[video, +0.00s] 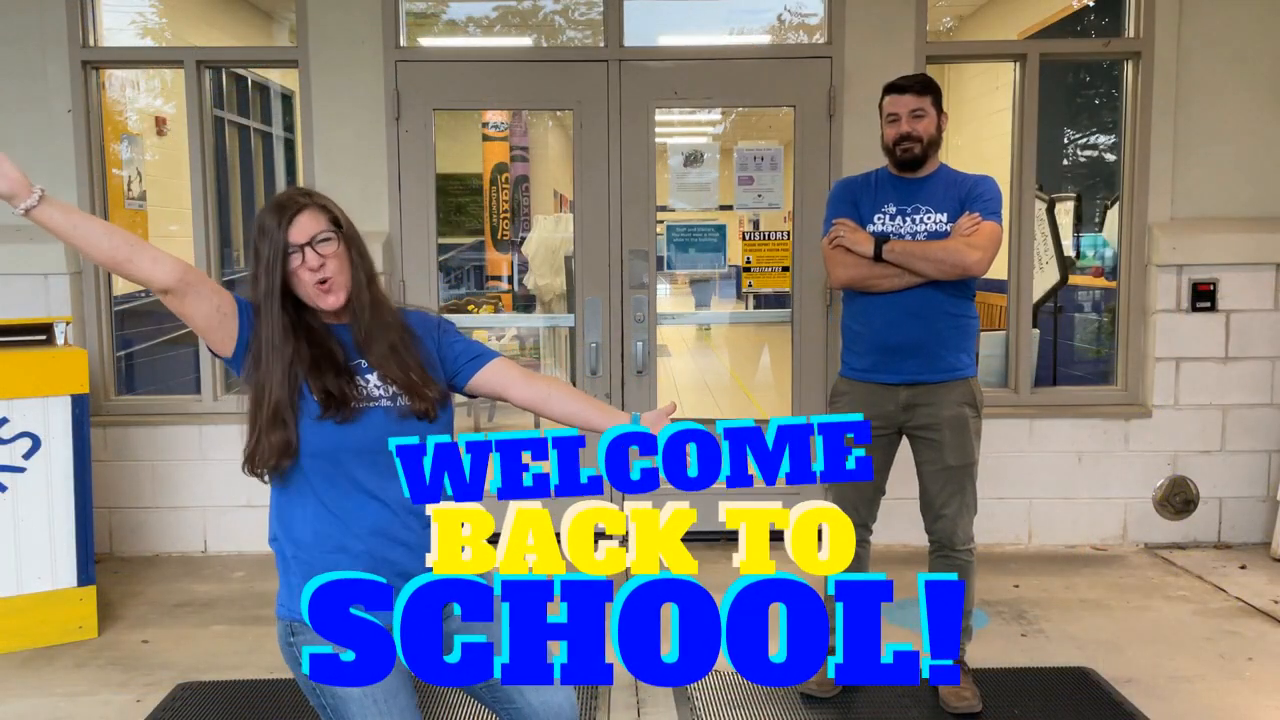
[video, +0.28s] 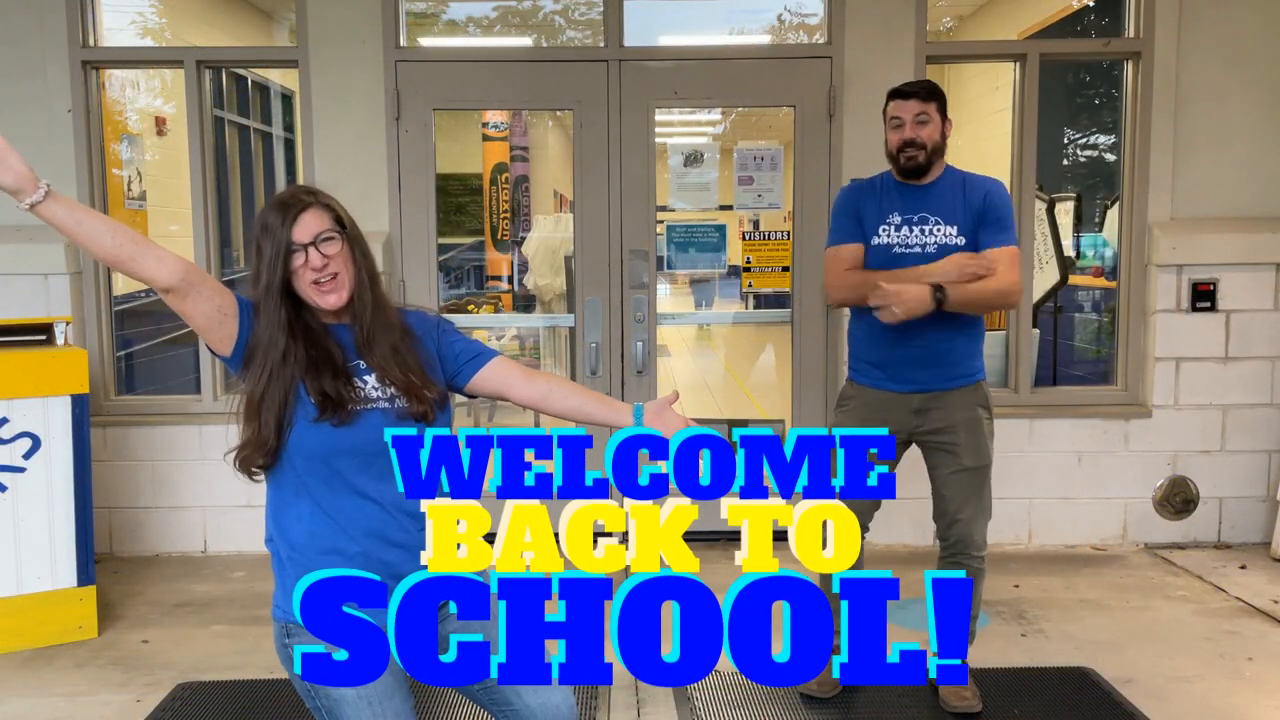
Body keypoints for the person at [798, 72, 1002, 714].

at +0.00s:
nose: (904, 127)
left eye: (917, 116)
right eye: (892, 118)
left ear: (940, 123)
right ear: (880, 127)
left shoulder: (975, 190)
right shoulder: (851, 193)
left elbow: (972, 262)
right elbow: (841, 274)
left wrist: (875, 243)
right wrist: (942, 260)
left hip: (946, 386)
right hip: (863, 385)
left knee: (951, 532)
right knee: (843, 527)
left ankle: (949, 664)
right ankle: (833, 655)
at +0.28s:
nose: (908, 133)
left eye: (921, 122)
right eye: (897, 123)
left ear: (944, 130)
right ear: (884, 133)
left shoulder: (984, 195)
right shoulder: (857, 198)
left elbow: (1009, 286)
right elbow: (835, 288)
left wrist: (931, 296)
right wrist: (942, 270)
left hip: (956, 393)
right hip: (870, 392)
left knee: (965, 537)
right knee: (837, 529)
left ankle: (953, 665)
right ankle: (826, 652)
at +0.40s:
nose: (897, 134)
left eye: (911, 122)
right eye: (886, 123)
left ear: (935, 130)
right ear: (872, 133)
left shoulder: (978, 188)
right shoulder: (848, 202)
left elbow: (1055, 251)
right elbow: (794, 278)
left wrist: (1026, 258)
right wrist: (822, 285)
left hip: (955, 395)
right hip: (869, 394)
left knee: (971, 534)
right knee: (825, 526)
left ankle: (954, 662)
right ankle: (817, 649)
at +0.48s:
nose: (881, 137)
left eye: (895, 126)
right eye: (870, 126)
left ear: (918, 134)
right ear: (857, 135)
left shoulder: (962, 176)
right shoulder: (837, 202)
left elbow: (1049, 200)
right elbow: (784, 238)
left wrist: (1059, 182)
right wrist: (751, 260)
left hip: (953, 397)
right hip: (865, 397)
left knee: (974, 537)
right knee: (820, 524)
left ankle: (955, 664)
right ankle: (809, 651)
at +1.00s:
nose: (809, 205)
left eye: (825, 195)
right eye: (800, 192)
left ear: (848, 201)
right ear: (787, 197)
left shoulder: (888, 224)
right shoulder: (780, 262)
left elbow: (987, 189)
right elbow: (728, 292)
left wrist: (1074, 136)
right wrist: (657, 299)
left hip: (920, 429)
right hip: (839, 434)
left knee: (967, 567)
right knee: (794, 546)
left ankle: (955, 666)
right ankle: (805, 660)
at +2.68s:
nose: (839, 161)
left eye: (853, 151)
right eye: (829, 149)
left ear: (879, 153)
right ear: (818, 151)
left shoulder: (922, 189)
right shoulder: (799, 221)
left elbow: (1028, 179)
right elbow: (722, 277)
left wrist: (1131, 165)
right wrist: (656, 333)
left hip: (927, 404)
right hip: (840, 403)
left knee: (946, 545)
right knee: (807, 537)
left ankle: (948, 668)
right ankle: (809, 663)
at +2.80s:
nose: (849, 170)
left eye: (863, 158)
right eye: (838, 158)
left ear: (887, 165)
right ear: (824, 164)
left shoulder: (931, 215)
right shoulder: (805, 236)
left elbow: (1025, 261)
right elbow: (763, 319)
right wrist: (721, 389)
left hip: (934, 413)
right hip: (849, 412)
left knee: (951, 552)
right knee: (813, 537)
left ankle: (947, 663)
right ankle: (807, 656)